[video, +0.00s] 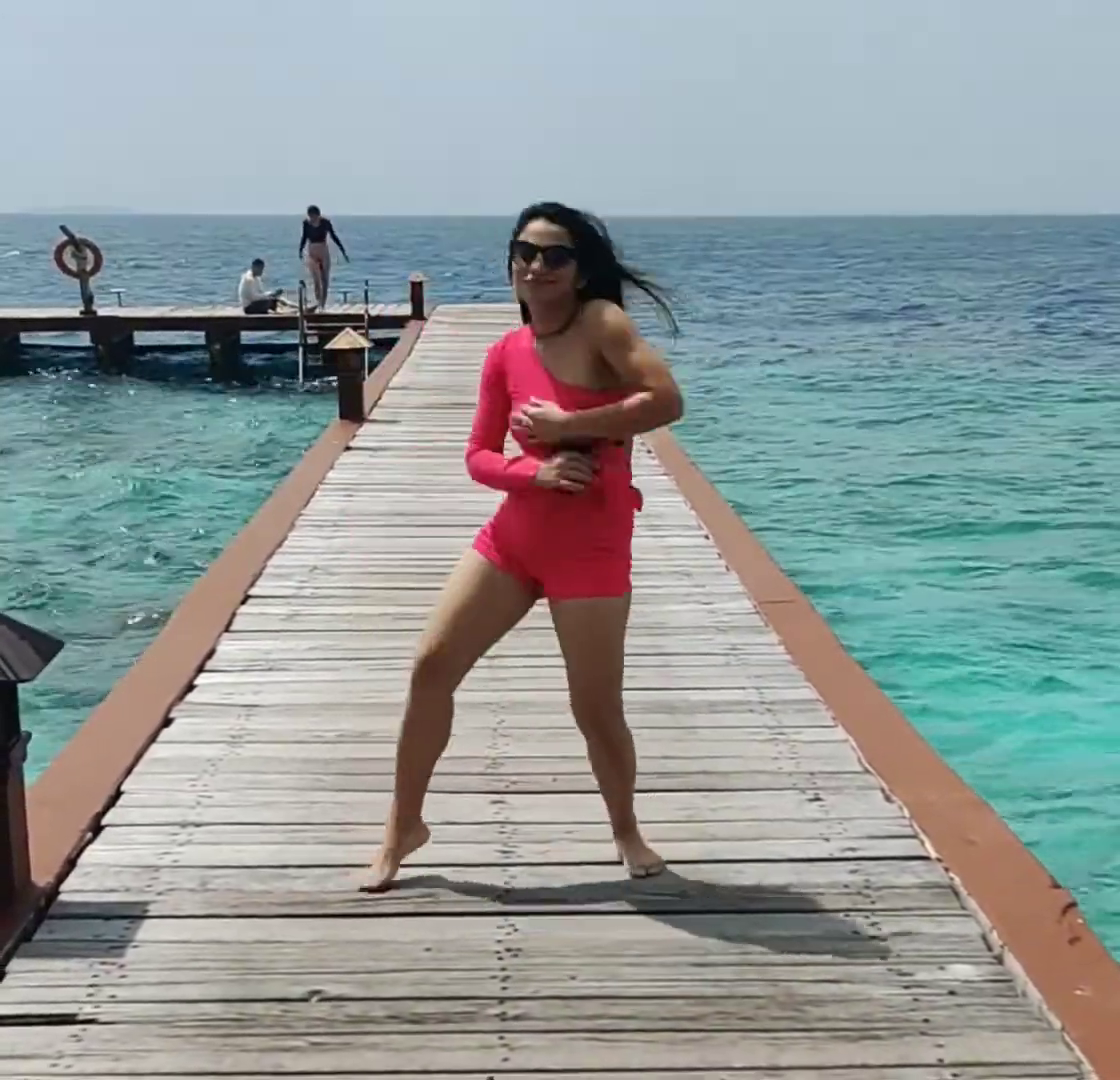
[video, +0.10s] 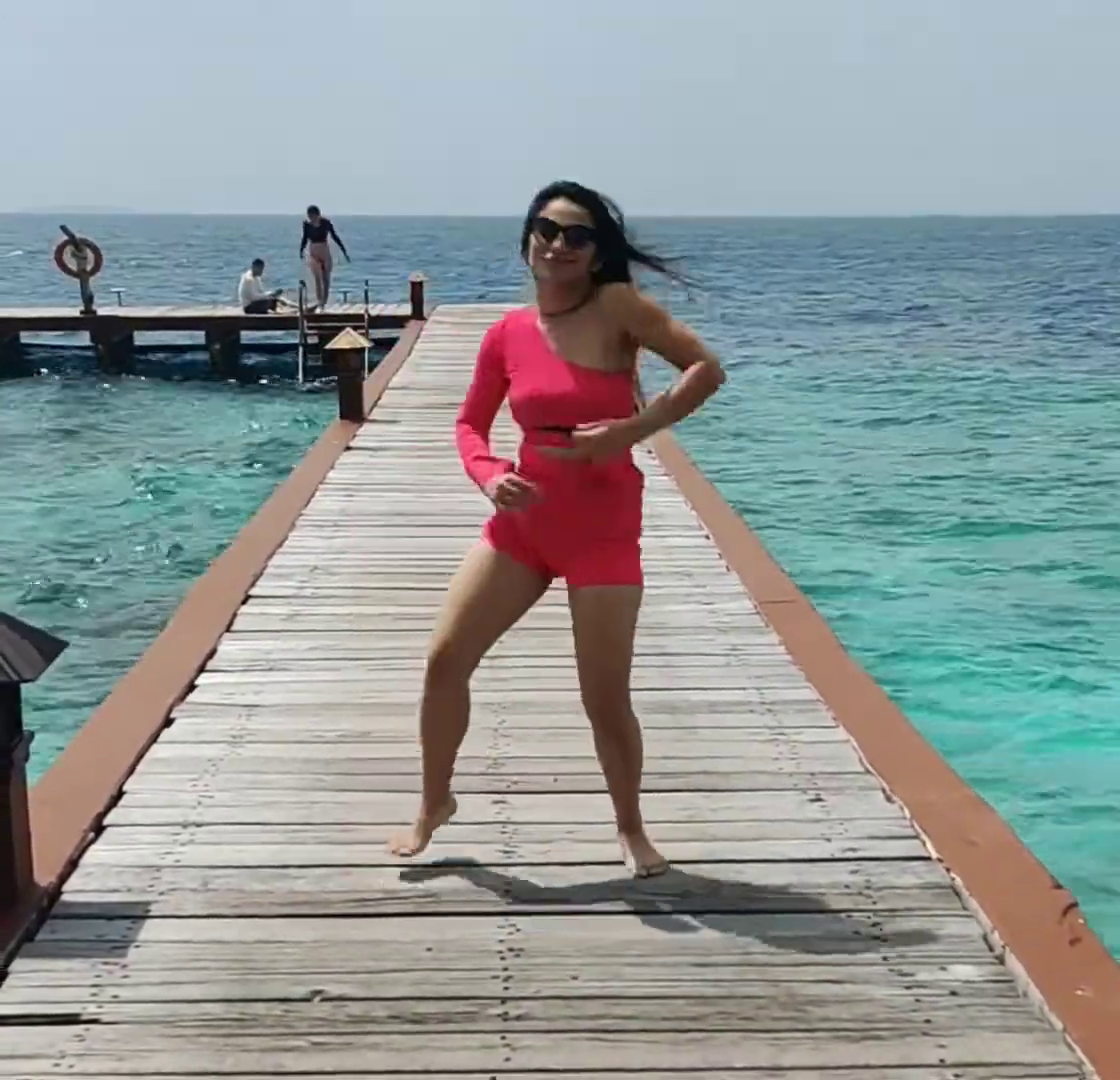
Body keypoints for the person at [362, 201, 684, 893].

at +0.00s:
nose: (538, 264)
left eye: (555, 254)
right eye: (525, 253)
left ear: (583, 265)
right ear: (511, 265)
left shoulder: (603, 324)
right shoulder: (507, 352)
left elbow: (667, 401)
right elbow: (480, 458)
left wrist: (571, 425)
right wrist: (535, 471)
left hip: (590, 545)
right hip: (515, 535)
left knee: (597, 710)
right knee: (431, 671)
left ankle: (626, 831)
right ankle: (405, 823)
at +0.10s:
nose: (558, 244)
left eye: (577, 236)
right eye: (545, 231)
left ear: (600, 250)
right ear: (528, 241)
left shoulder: (620, 307)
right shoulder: (509, 332)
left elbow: (707, 370)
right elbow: (470, 425)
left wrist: (628, 431)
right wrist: (487, 474)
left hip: (604, 530)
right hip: (524, 524)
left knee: (605, 698)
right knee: (445, 660)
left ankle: (631, 830)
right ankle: (435, 802)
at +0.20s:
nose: (562, 244)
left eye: (582, 236)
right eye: (552, 229)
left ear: (604, 250)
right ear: (534, 236)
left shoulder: (628, 314)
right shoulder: (500, 324)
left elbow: (719, 375)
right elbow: (452, 408)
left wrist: (705, 460)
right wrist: (433, 486)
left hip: (611, 524)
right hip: (525, 521)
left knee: (617, 694)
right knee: (470, 688)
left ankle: (633, 826)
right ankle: (463, 777)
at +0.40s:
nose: (540, 306)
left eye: (556, 295)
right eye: (527, 292)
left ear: (577, 306)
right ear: (510, 298)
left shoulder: (588, 389)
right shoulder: (470, 366)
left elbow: (649, 476)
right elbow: (401, 440)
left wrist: (730, 533)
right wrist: (324, 499)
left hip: (585, 556)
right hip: (506, 566)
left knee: (601, 709)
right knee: (515, 734)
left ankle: (607, 832)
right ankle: (468, 775)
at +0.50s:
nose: (503, 285)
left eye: (520, 277)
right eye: (491, 272)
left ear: (537, 288)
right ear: (470, 275)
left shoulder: (544, 371)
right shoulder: (425, 347)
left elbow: (553, 471)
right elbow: (386, 449)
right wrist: (346, 543)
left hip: (532, 537)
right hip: (449, 540)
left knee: (557, 680)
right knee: (462, 705)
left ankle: (583, 826)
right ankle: (440, 781)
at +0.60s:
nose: (464, 266)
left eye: (480, 256)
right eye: (452, 252)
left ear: (499, 265)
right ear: (431, 253)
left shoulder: (496, 335)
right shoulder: (395, 321)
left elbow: (477, 418)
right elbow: (367, 415)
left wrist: (489, 471)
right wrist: (399, 472)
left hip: (478, 499)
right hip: (400, 504)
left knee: (513, 655)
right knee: (416, 675)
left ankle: (541, 792)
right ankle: (412, 777)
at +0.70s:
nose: (438, 251)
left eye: (454, 240)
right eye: (426, 237)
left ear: (472, 245)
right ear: (406, 236)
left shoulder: (464, 307)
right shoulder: (379, 289)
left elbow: (448, 390)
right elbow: (346, 379)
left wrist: (451, 427)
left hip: (444, 482)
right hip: (369, 488)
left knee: (468, 629)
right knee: (391, 652)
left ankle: (478, 731)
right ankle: (393, 776)